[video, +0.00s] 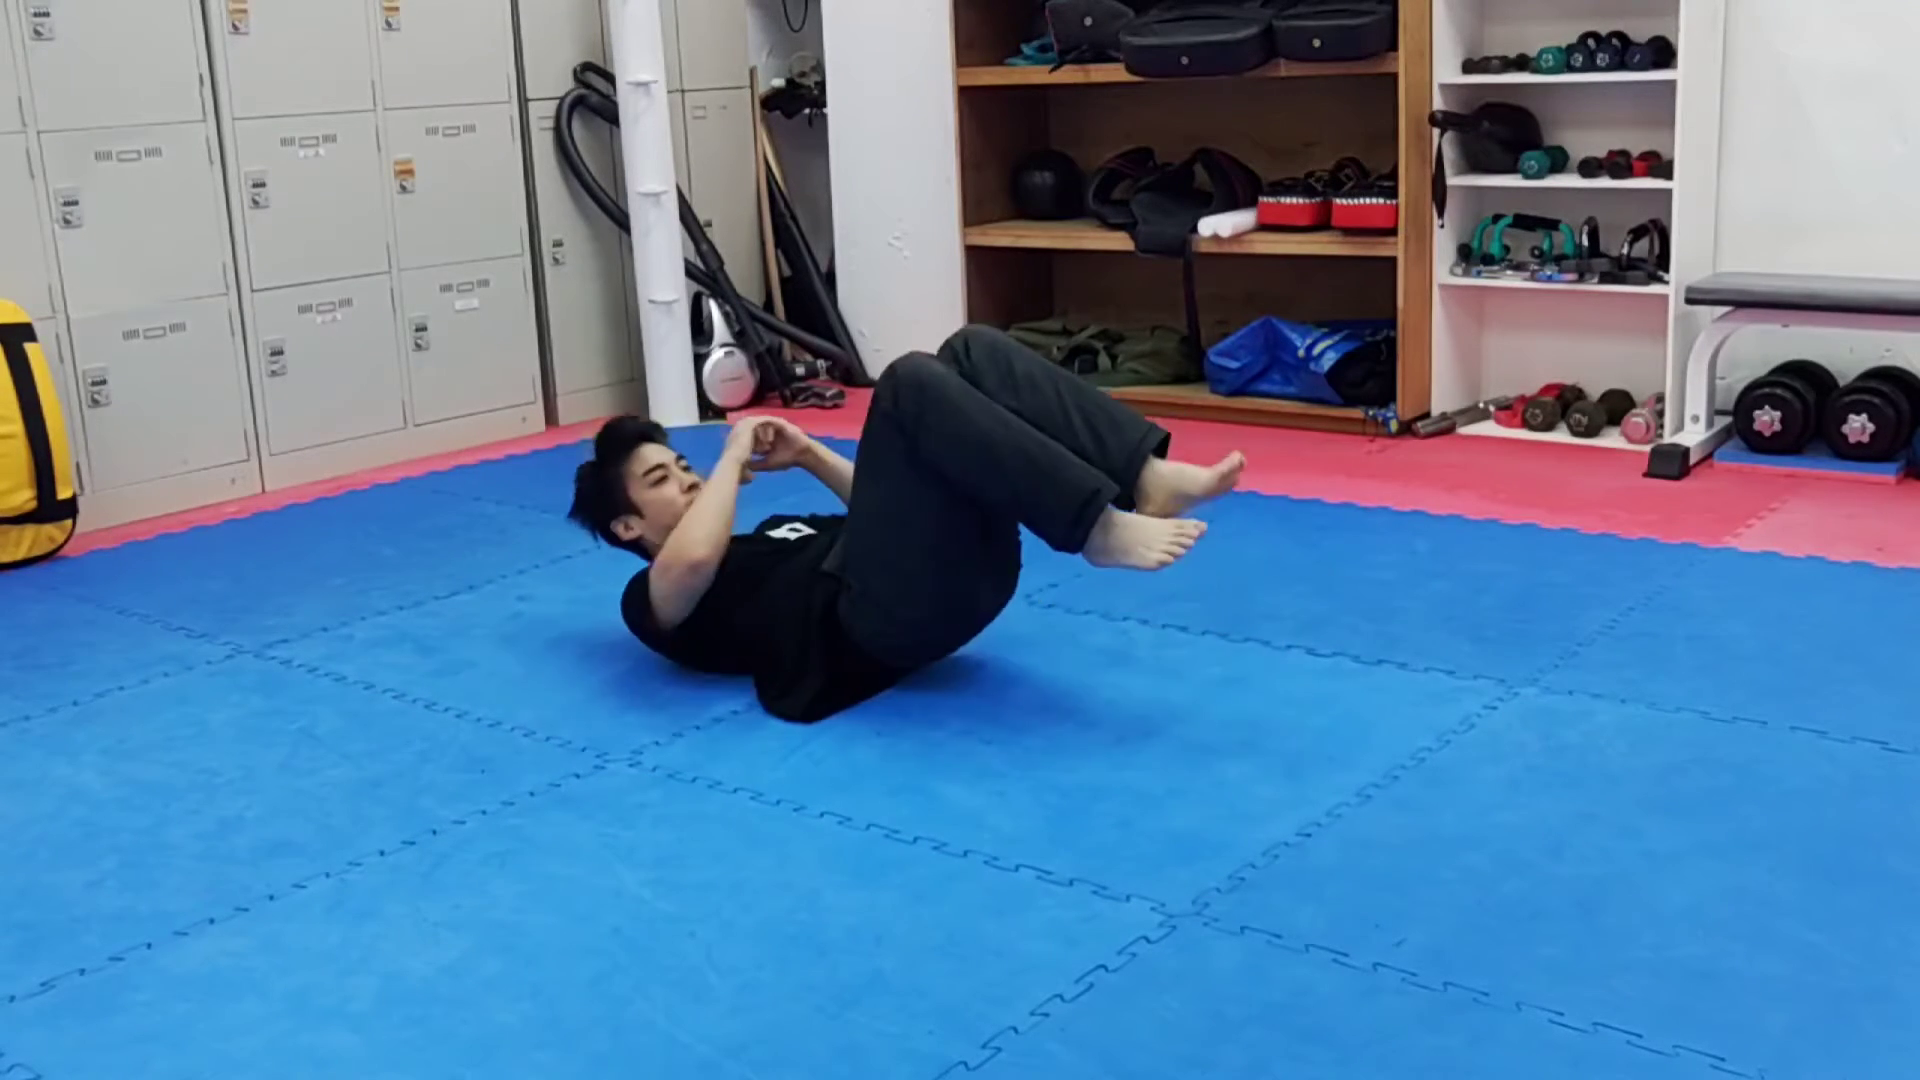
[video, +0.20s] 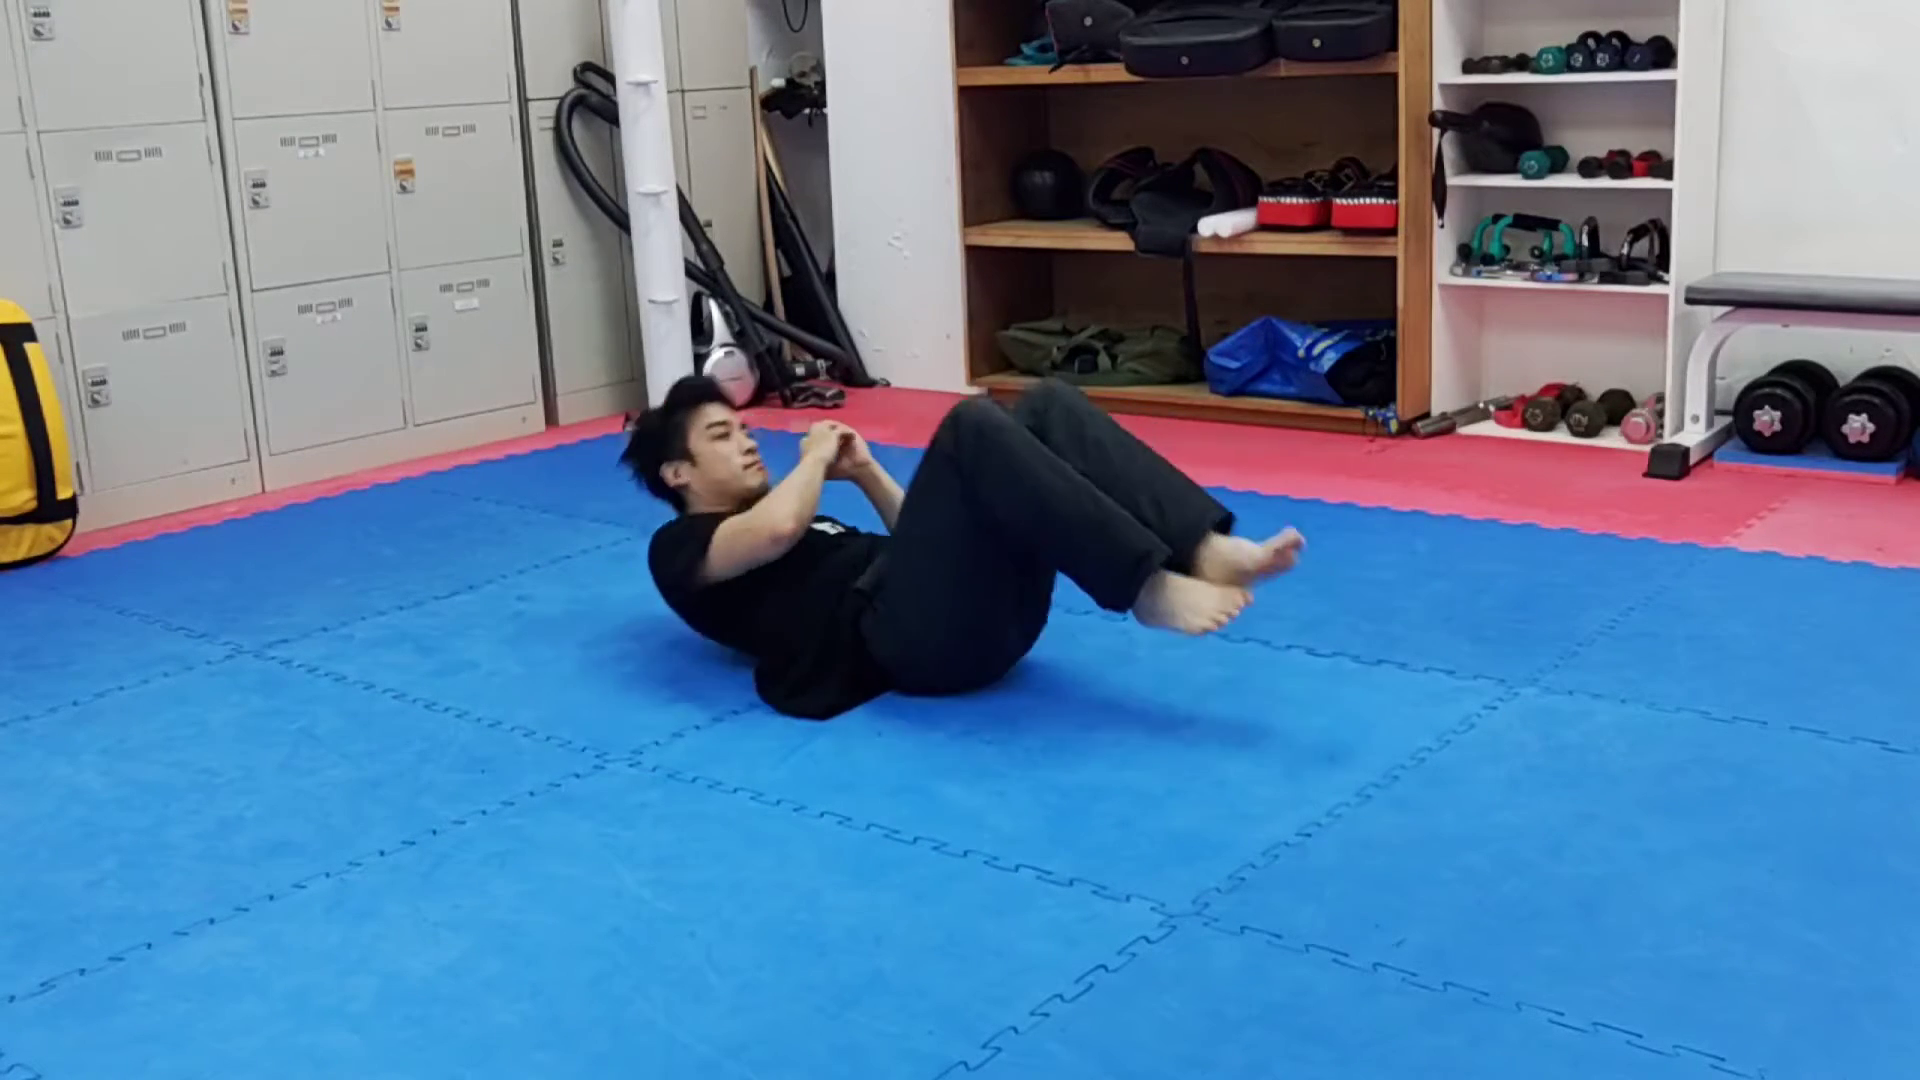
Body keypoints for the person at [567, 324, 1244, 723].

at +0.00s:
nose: (687, 482)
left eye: (684, 469)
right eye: (660, 480)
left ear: (696, 474)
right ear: (626, 529)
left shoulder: (776, 531)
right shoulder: (650, 601)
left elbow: (891, 515)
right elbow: (694, 560)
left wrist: (811, 459)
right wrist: (732, 457)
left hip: (943, 584)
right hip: (877, 626)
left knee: (974, 350)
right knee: (906, 386)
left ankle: (1145, 476)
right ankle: (1092, 528)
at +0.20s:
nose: (747, 443)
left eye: (743, 430)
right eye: (722, 437)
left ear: (751, 445)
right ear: (677, 477)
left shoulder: (788, 520)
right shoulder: (676, 551)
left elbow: (914, 546)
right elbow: (776, 529)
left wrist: (866, 477)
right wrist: (812, 458)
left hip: (983, 618)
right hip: (918, 645)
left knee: (1045, 406)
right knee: (971, 425)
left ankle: (1204, 549)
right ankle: (1143, 587)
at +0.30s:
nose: (785, 416)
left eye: (783, 401)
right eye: (758, 407)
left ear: (787, 417)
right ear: (707, 441)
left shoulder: (817, 497)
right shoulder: (699, 518)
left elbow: (942, 543)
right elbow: (782, 534)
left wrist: (889, 465)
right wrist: (834, 450)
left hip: (998, 621)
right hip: (925, 642)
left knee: (1103, 433)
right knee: (1018, 431)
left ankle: (1244, 592)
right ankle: (1167, 617)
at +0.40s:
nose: (807, 395)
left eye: (806, 377)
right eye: (780, 386)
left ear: (816, 386)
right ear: (731, 420)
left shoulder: (855, 467)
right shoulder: (724, 504)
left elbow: (973, 512)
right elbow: (776, 552)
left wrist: (907, 445)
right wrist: (842, 445)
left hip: (1016, 617)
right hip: (937, 638)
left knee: (1136, 439)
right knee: (1051, 428)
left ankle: (1275, 602)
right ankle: (1183, 622)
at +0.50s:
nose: (806, 392)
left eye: (806, 372)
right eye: (778, 389)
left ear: (822, 371)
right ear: (738, 422)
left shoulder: (877, 443)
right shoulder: (748, 507)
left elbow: (1000, 485)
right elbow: (779, 575)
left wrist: (909, 431)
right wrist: (840, 453)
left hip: (1028, 610)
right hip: (947, 631)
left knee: (1160, 444)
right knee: (1075, 427)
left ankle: (1293, 599)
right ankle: (1204, 624)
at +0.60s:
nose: (797, 406)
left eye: (797, 382)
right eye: (768, 410)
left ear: (814, 370)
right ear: (738, 441)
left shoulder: (881, 426)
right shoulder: (759, 523)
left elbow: (990, 462)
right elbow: (781, 610)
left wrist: (882, 431)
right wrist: (820, 469)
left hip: (1041, 604)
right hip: (959, 628)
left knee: (1178, 455)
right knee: (1089, 429)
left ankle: (1299, 604)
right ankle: (1204, 629)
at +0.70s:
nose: (787, 422)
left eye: (783, 401)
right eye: (760, 426)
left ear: (798, 390)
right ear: (731, 457)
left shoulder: (872, 440)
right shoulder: (753, 536)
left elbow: (973, 455)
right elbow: (770, 631)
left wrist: (865, 442)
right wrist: (794, 491)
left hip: (1049, 600)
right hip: (962, 623)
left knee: (1177, 459)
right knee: (1084, 420)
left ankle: (1286, 589)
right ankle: (1186, 621)